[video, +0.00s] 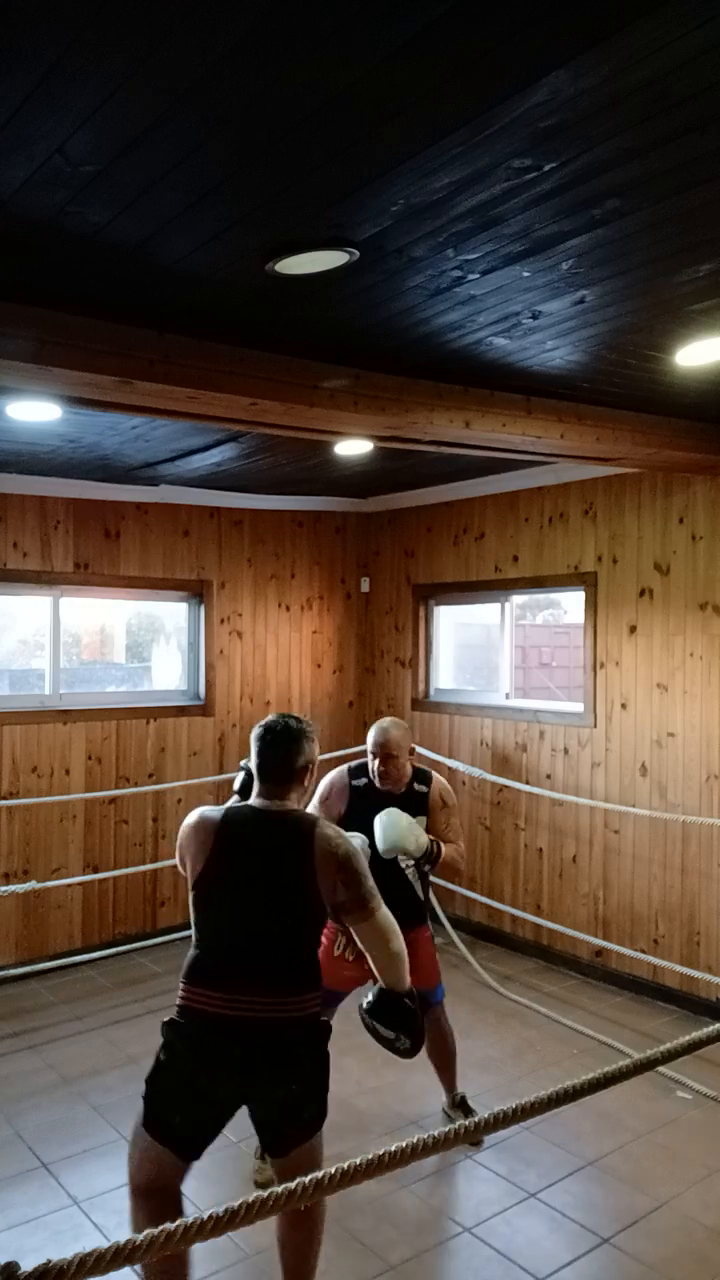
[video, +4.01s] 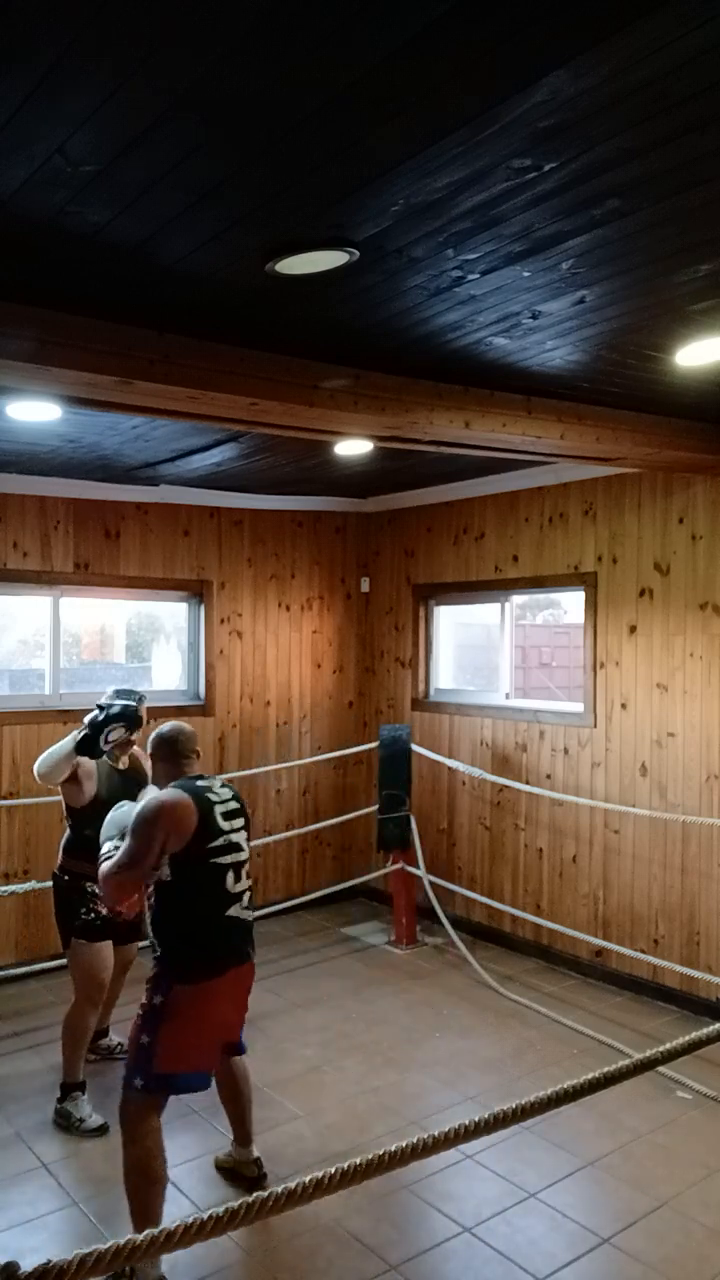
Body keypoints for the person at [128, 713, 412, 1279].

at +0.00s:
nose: (317, 772)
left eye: (315, 764)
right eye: (316, 765)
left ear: (248, 767)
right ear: (309, 772)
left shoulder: (198, 829)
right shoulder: (333, 846)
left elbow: (202, 881)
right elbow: (378, 931)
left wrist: (243, 796)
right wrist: (398, 999)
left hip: (203, 1042)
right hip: (293, 1046)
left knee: (152, 1181)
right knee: (300, 1181)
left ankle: (167, 1276)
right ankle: (299, 1275)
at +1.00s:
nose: (135, 750)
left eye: (133, 739)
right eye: (130, 740)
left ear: (69, 753)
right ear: (110, 749)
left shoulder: (20, 818)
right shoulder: (135, 810)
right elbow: (183, 896)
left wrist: (4, 946)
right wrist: (212, 958)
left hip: (45, 1002)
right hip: (128, 1001)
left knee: (44, 1181)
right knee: (133, 1123)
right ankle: (122, 1248)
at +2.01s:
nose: (130, 747)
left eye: (133, 737)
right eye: (124, 736)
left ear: (90, 736)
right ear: (94, 733)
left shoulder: (58, 764)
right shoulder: (73, 768)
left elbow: (127, 787)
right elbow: (105, 799)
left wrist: (155, 760)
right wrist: (149, 751)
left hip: (32, 919)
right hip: (64, 926)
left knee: (19, 1028)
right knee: (97, 1023)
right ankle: (82, 1131)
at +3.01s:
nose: (126, 737)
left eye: (133, 730)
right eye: (119, 728)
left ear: (138, 731)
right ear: (99, 723)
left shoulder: (122, 771)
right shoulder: (71, 758)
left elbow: (125, 819)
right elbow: (57, 794)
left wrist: (144, 862)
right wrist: (108, 755)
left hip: (98, 887)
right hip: (60, 889)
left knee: (79, 982)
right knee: (87, 992)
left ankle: (44, 1063)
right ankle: (62, 1100)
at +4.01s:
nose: (128, 733)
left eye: (134, 726)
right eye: (122, 725)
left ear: (139, 728)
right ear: (104, 724)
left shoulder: (140, 762)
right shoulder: (82, 764)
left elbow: (161, 801)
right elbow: (43, 773)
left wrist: (135, 758)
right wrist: (83, 733)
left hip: (129, 873)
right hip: (82, 877)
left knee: (122, 960)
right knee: (91, 990)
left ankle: (99, 1035)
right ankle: (70, 1095)